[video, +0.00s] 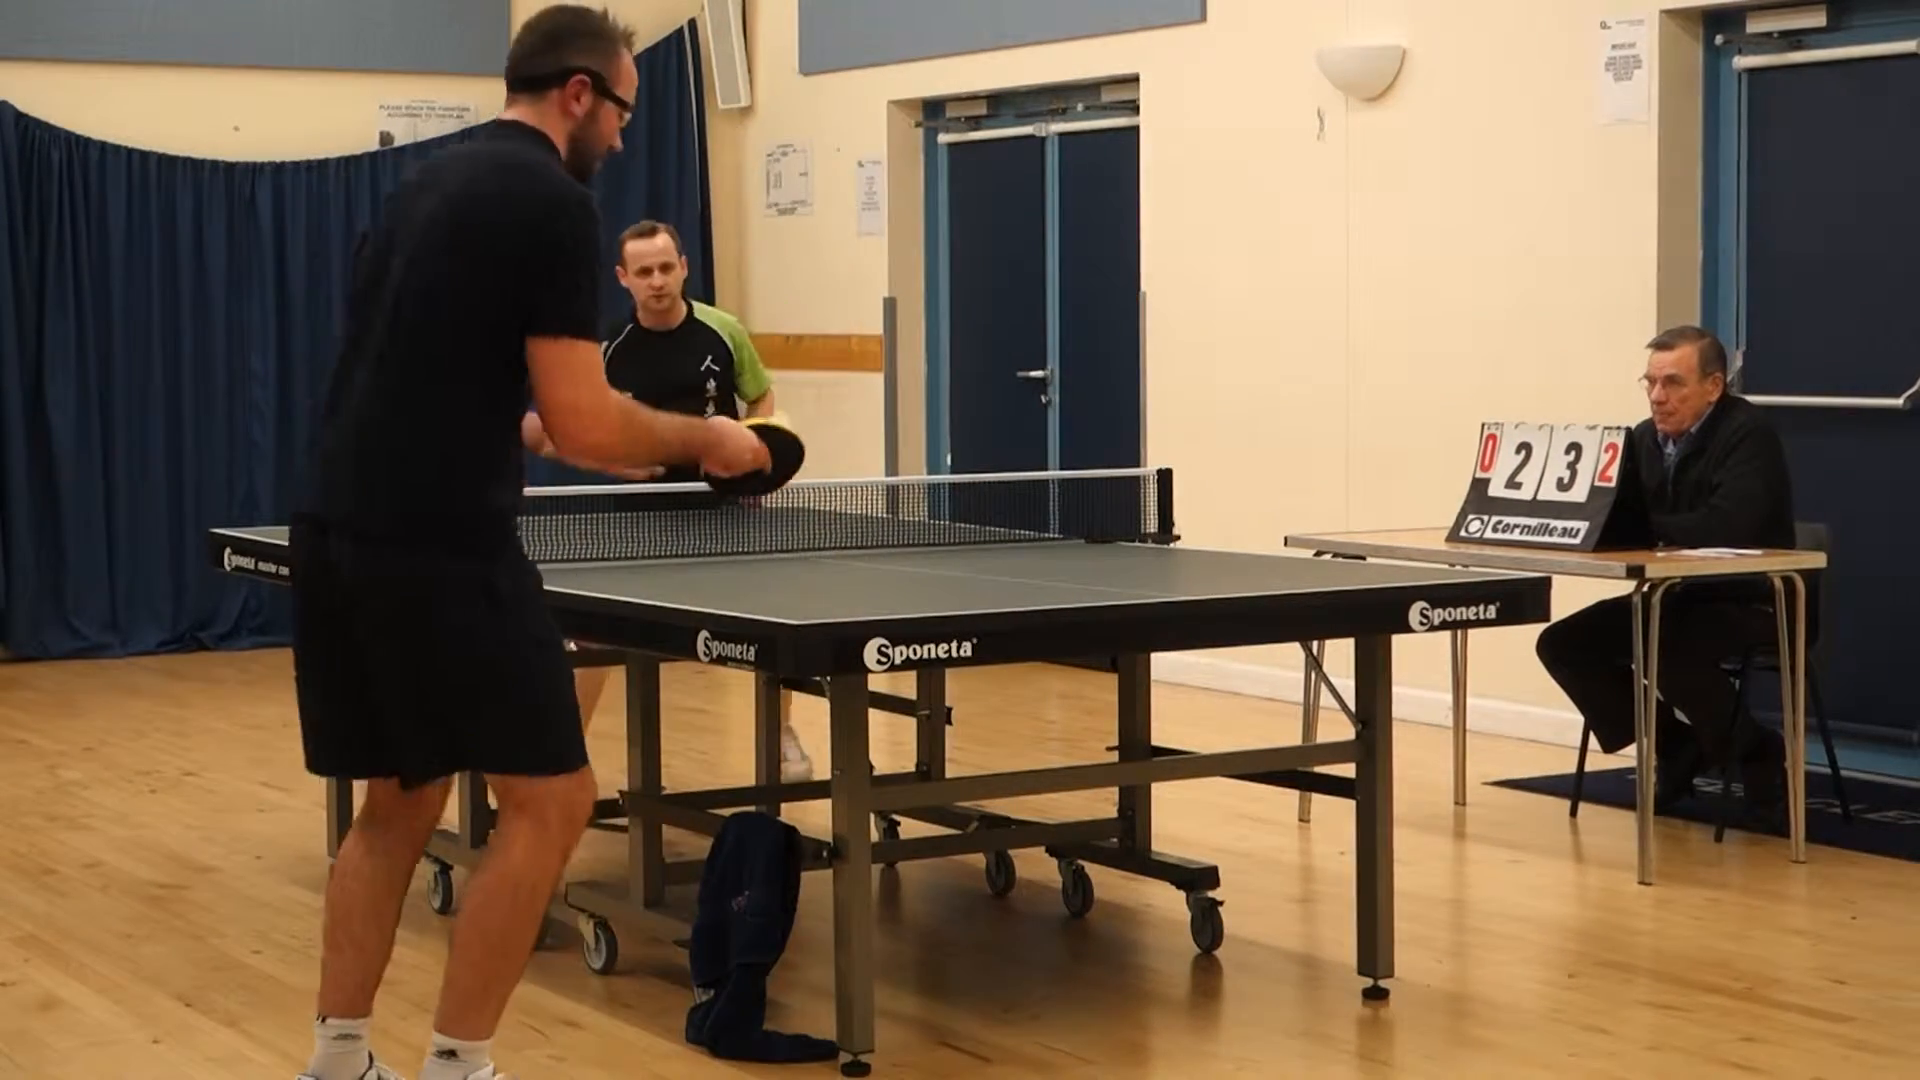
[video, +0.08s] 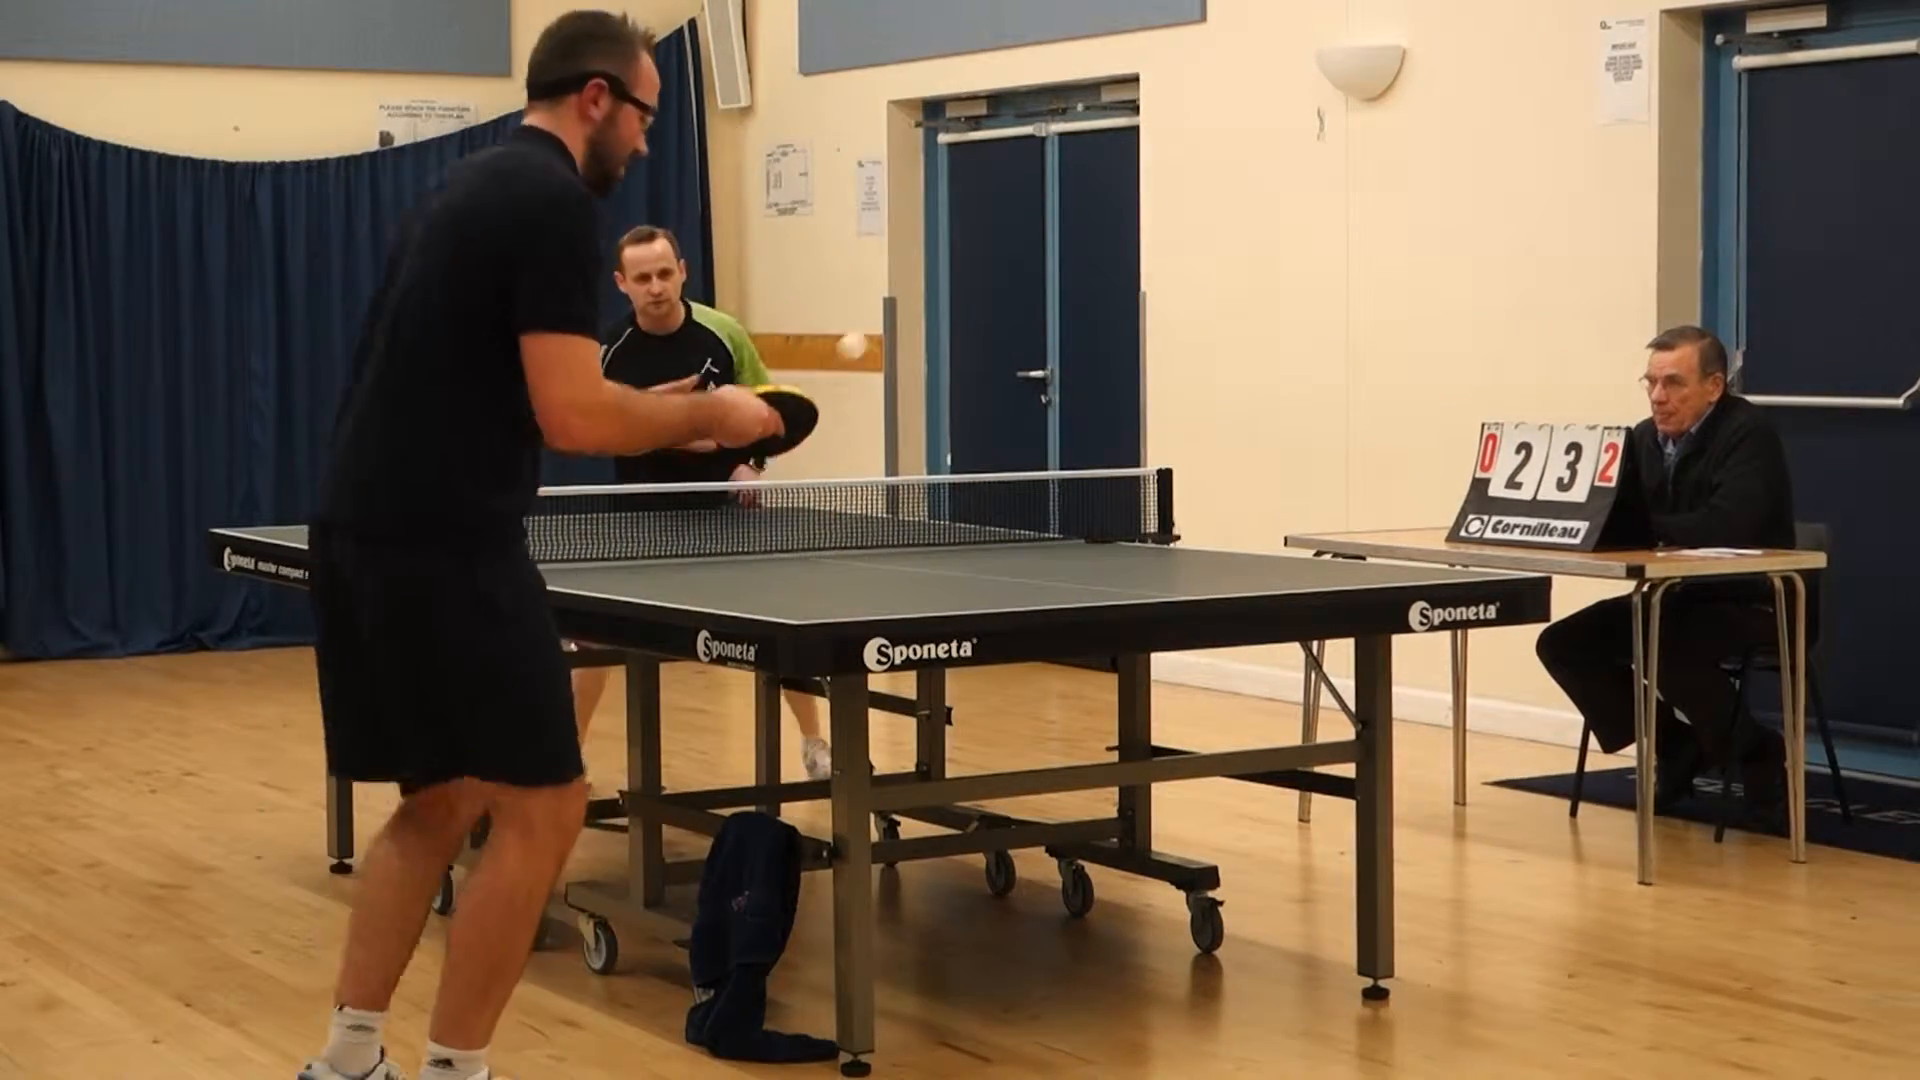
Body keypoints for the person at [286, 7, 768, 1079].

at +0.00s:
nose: (624, 134)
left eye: (628, 114)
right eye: (623, 111)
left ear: (531, 90)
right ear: (579, 94)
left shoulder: (421, 181)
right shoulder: (548, 199)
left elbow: (448, 398)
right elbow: (582, 421)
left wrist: (631, 447)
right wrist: (706, 438)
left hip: (344, 538)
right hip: (452, 550)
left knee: (397, 798)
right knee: (552, 798)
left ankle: (335, 1058)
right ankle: (457, 1063)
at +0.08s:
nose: (648, 140)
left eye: (652, 118)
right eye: (645, 114)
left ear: (566, 99)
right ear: (596, 98)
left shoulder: (463, 185)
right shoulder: (548, 193)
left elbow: (536, 412)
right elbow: (574, 420)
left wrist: (670, 412)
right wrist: (709, 414)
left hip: (368, 537)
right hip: (453, 547)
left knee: (439, 800)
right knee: (546, 809)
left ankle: (345, 1056)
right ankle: (454, 1068)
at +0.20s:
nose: (684, 158)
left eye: (688, 136)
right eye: (680, 133)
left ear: (607, 120)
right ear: (625, 119)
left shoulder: (542, 203)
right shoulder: (555, 209)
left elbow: (574, 405)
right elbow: (574, 417)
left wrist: (700, 384)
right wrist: (712, 379)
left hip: (446, 542)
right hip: (443, 551)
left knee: (578, 759)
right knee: (547, 807)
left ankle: (417, 999)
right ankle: (451, 1064)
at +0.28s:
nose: (716, 168)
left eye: (720, 147)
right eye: (710, 143)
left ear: (645, 135)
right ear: (653, 133)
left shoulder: (603, 232)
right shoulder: (573, 214)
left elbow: (644, 429)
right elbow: (578, 419)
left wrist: (822, 402)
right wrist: (715, 368)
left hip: (497, 543)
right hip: (440, 550)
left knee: (625, 747)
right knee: (549, 824)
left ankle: (519, 1012)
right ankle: (450, 1063)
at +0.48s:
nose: (829, 202)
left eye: (832, 179)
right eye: (823, 176)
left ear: (757, 169)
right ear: (768, 166)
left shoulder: (697, 269)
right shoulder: (676, 234)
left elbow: (740, 473)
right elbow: (653, 430)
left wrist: (898, 479)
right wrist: (811, 419)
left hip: (590, 558)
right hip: (509, 561)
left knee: (704, 773)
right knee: (584, 836)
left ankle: (745, 1048)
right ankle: (454, 1069)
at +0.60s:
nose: (900, 231)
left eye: (905, 207)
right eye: (898, 202)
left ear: (826, 190)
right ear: (846, 189)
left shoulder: (734, 266)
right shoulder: (768, 245)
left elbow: (744, 491)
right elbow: (798, 432)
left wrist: (888, 561)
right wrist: (940, 435)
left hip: (650, 565)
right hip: (573, 564)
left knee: (758, 773)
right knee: (622, 842)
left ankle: (758, 1052)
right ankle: (455, 1064)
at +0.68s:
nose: (947, 248)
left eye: (951, 225)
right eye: (944, 221)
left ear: (877, 205)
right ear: (893, 204)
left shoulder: (789, 274)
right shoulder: (828, 259)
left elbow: (747, 498)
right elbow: (914, 435)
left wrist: (883, 584)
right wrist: (1042, 429)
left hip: (680, 559)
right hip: (602, 554)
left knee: (775, 771)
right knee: (648, 835)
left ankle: (759, 1051)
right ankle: (463, 1057)